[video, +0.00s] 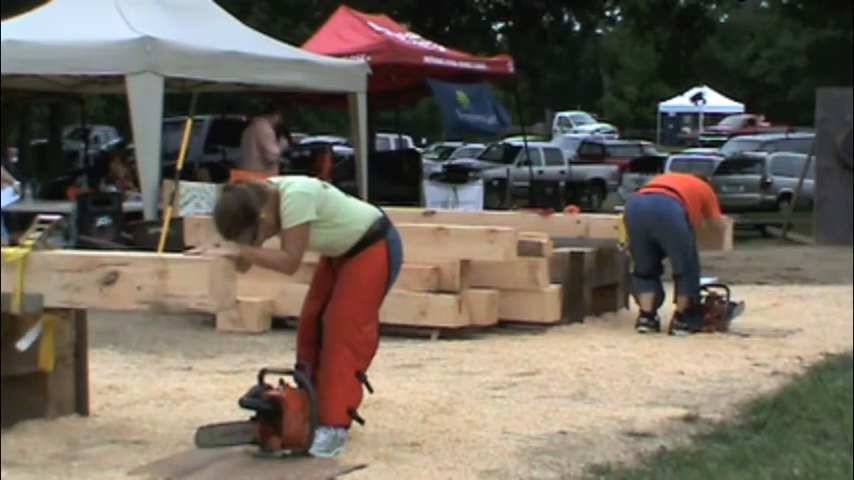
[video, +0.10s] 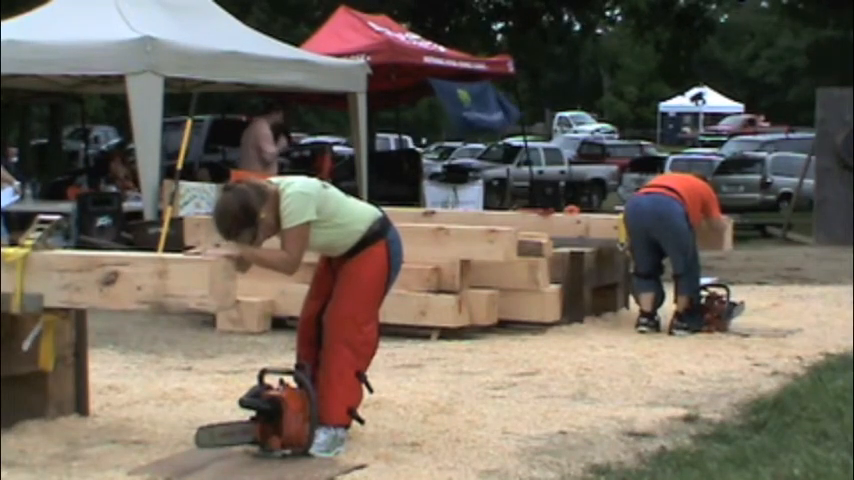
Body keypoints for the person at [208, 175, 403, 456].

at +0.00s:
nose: (258, 241)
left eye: (257, 236)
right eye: (251, 240)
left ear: (263, 212)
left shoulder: (298, 197)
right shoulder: (265, 198)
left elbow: (290, 263)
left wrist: (242, 253)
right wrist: (241, 255)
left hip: (372, 245)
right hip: (337, 250)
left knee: (341, 325)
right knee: (312, 321)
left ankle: (335, 425)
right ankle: (310, 411)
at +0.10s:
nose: (259, 238)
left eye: (256, 235)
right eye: (252, 238)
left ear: (263, 212)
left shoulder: (298, 197)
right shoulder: (266, 197)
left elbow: (290, 263)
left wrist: (241, 253)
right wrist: (242, 255)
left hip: (372, 245)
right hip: (337, 250)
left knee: (341, 325)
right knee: (312, 321)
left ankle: (335, 425)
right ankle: (310, 412)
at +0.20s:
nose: (258, 238)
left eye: (256, 234)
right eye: (251, 238)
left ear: (263, 212)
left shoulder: (298, 197)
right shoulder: (267, 197)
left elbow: (290, 263)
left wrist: (239, 253)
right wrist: (243, 254)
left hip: (373, 245)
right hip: (337, 250)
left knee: (341, 325)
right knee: (312, 320)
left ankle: (334, 425)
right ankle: (310, 410)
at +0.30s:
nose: (260, 235)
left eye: (258, 232)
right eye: (255, 235)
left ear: (263, 210)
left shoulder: (298, 197)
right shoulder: (265, 197)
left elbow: (290, 262)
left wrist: (239, 253)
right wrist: (241, 253)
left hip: (373, 245)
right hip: (337, 250)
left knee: (341, 325)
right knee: (312, 321)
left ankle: (335, 425)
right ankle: (310, 411)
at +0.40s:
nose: (259, 238)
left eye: (257, 233)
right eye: (252, 236)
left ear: (263, 211)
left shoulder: (297, 197)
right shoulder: (263, 197)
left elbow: (290, 263)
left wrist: (239, 252)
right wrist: (236, 252)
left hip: (373, 246)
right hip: (337, 251)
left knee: (340, 325)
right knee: (311, 321)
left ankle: (335, 425)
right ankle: (309, 412)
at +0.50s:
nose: (259, 237)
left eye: (257, 232)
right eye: (252, 235)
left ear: (264, 210)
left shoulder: (297, 197)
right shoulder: (262, 197)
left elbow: (290, 262)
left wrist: (239, 252)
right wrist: (236, 252)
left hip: (373, 246)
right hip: (337, 251)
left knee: (340, 325)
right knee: (311, 321)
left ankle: (335, 425)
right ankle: (309, 412)